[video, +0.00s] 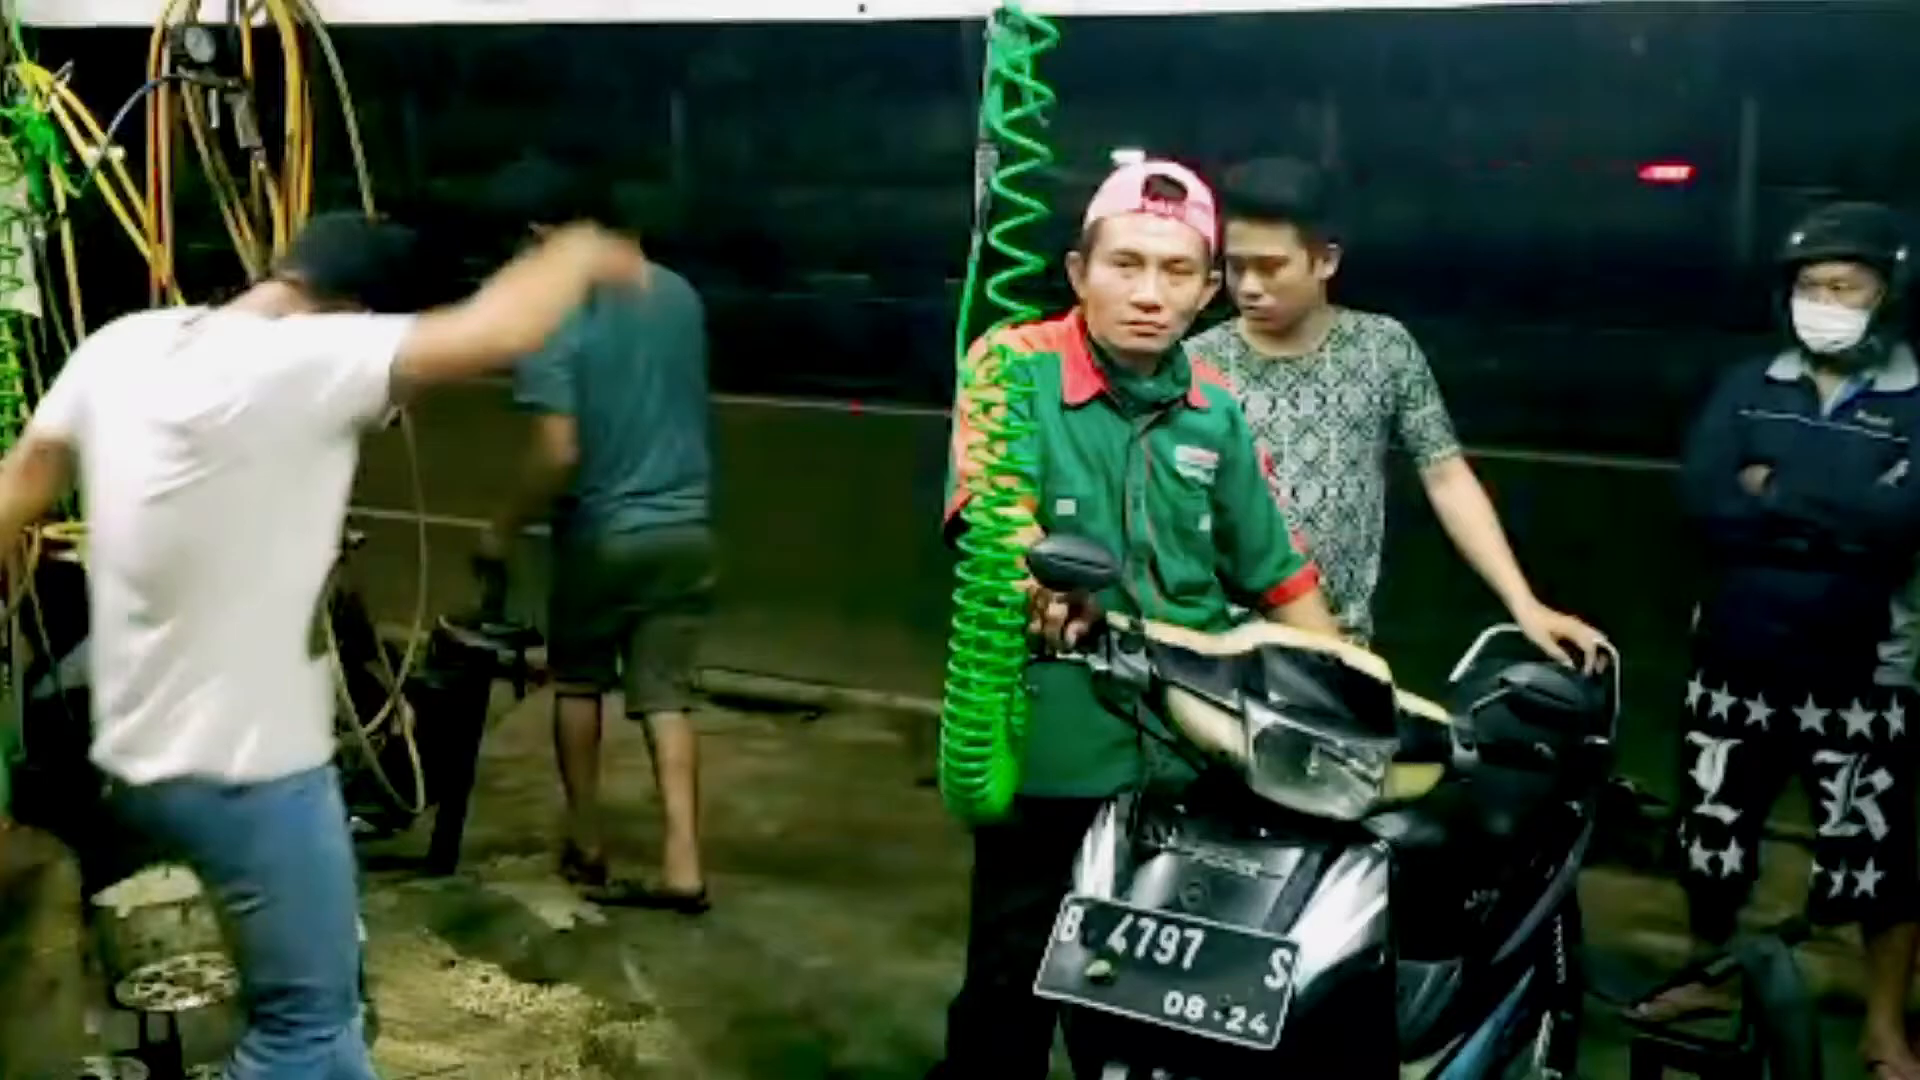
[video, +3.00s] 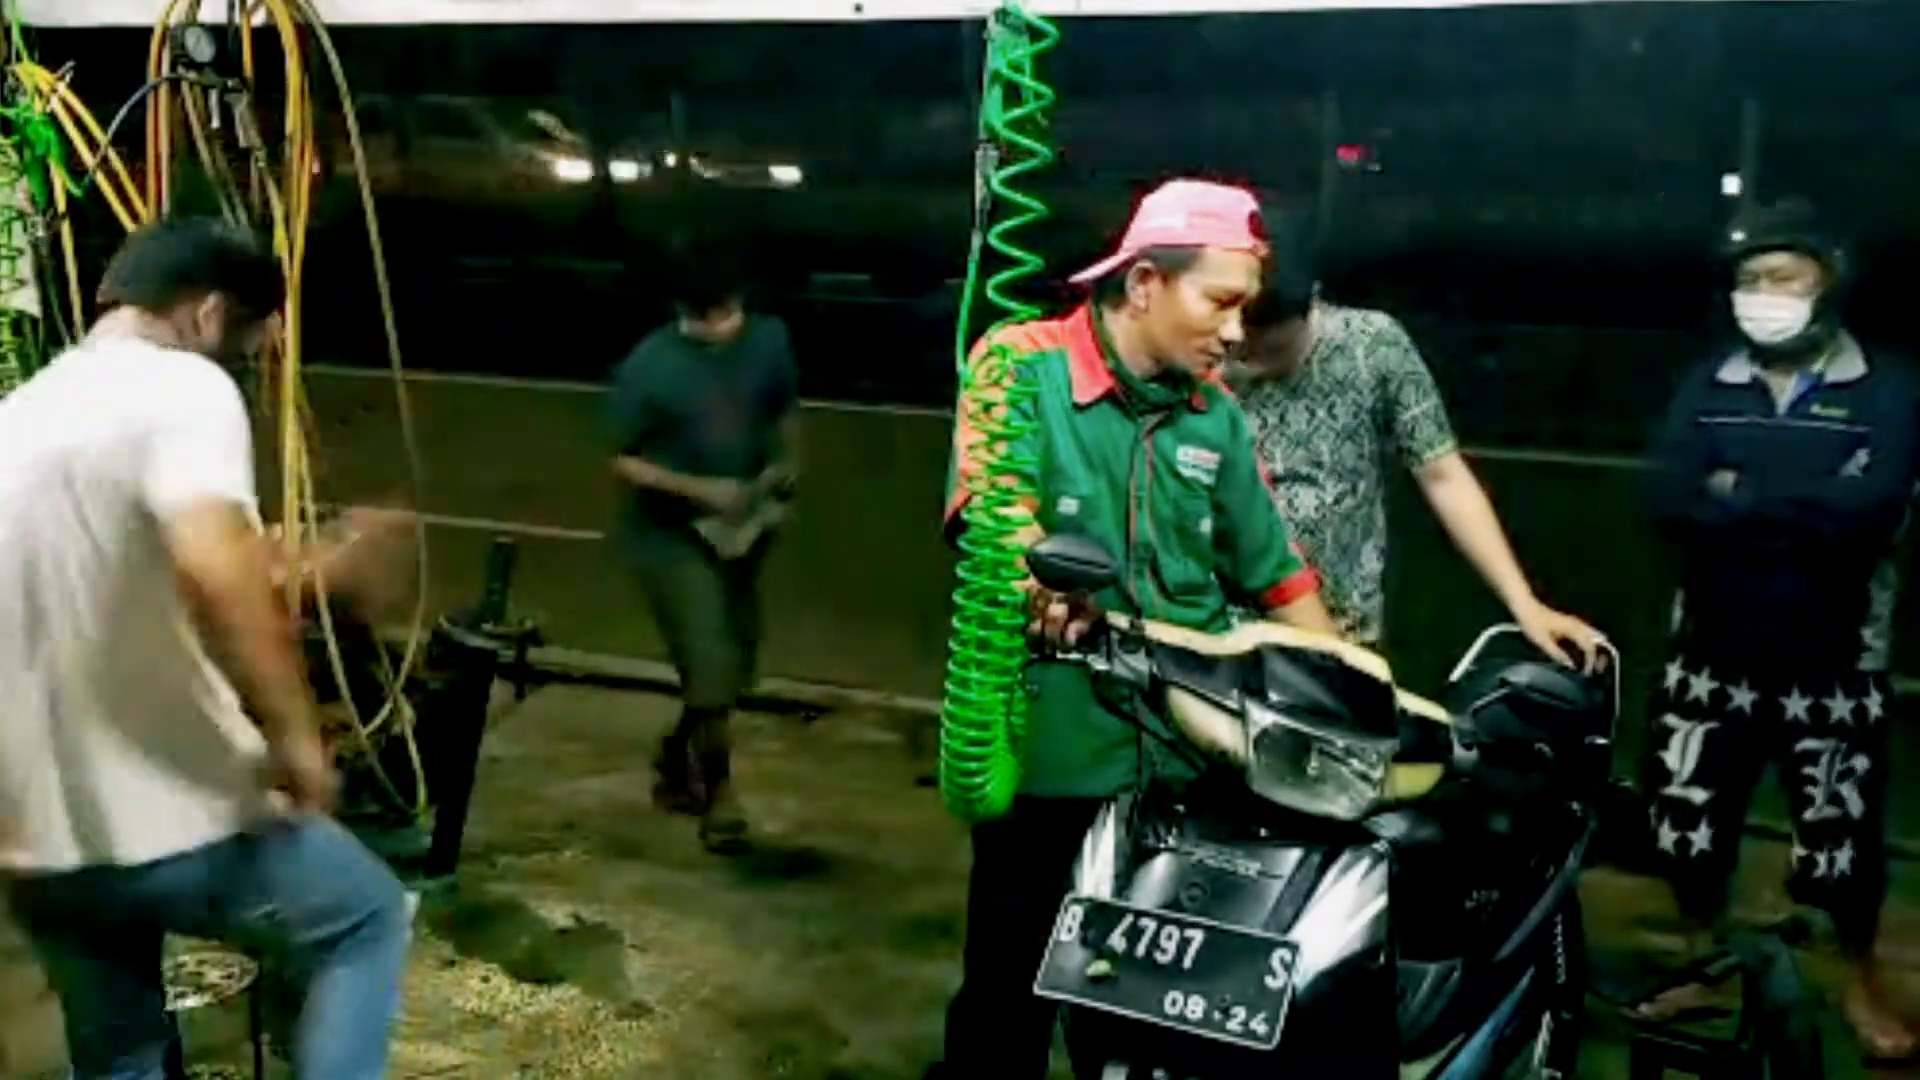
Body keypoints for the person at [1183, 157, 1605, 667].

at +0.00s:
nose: (1249, 286)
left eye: (1270, 267)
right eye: (1236, 267)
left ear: (1325, 260)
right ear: (1221, 264)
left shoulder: (1382, 350)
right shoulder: (1195, 363)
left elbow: (1447, 478)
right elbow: (1151, 500)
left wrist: (1525, 606)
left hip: (1334, 647)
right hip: (1210, 646)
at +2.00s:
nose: (1287, 283)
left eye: (1307, 263)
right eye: (1269, 262)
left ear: (1339, 260)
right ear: (1241, 256)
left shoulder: (1379, 349)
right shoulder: (1203, 350)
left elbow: (1442, 476)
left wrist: (1525, 606)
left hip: (1333, 638)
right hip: (1212, 630)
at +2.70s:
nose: (1280, 341)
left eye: (1298, 324)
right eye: (1263, 323)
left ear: (1328, 297)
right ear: (1238, 298)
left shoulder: (1376, 347)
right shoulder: (1200, 355)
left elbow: (1442, 479)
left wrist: (1526, 606)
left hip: (1337, 645)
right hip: (1218, 640)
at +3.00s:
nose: (1253, 365)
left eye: (1271, 351)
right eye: (1244, 351)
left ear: (1310, 312)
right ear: (1226, 327)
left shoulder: (1373, 347)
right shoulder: (1197, 367)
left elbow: (1445, 478)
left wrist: (1526, 606)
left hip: (1342, 646)